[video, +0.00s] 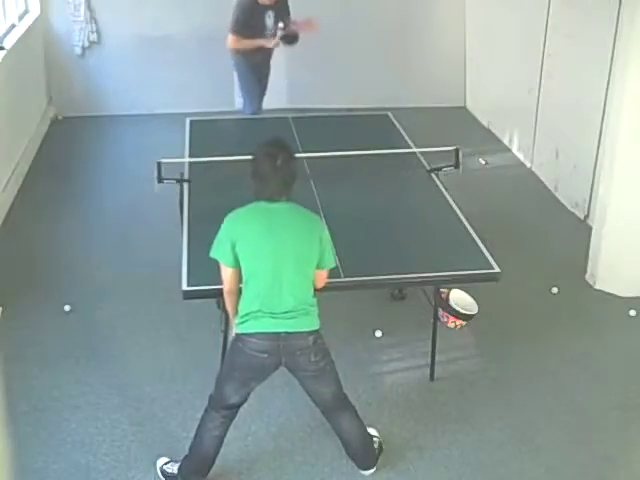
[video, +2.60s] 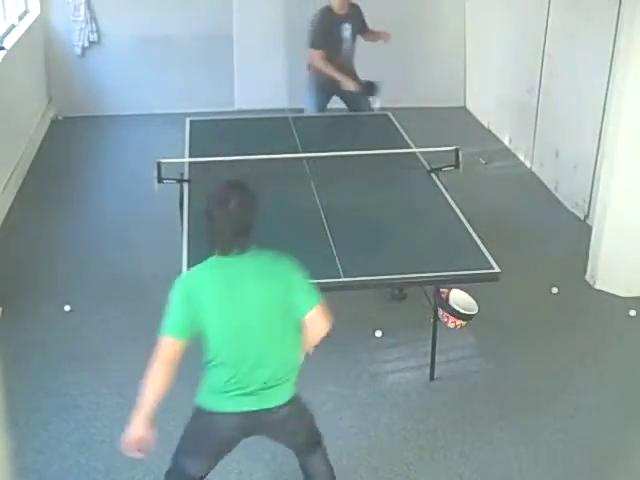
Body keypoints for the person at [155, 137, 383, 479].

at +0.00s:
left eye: (256, 171)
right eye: (285, 171)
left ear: (254, 177)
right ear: (292, 177)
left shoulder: (235, 221)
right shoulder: (313, 222)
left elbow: (230, 285)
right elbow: (320, 280)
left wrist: (236, 322)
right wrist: (290, 277)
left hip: (254, 340)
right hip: (305, 339)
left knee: (221, 409)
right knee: (336, 403)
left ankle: (189, 472)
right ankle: (367, 457)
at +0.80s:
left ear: (238, 197)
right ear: (272, 200)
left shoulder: (220, 234)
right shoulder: (291, 245)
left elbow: (196, 293)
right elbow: (296, 310)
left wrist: (182, 326)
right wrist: (266, 321)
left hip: (236, 364)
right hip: (285, 360)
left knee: (187, 414)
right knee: (317, 406)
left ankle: (183, 476)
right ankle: (364, 459)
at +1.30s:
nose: (223, 189)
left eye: (223, 181)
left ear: (224, 187)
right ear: (260, 184)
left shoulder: (231, 232)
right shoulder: (277, 223)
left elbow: (237, 295)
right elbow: (283, 276)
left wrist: (226, 355)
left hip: (259, 354)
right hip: (299, 343)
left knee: (210, 420)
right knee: (325, 398)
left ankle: (190, 475)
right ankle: (366, 455)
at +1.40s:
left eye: (221, 186)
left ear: (221, 192)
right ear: (258, 188)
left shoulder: (226, 241)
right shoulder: (277, 227)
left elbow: (227, 310)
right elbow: (291, 249)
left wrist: (208, 370)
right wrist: (302, 249)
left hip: (262, 359)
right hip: (304, 345)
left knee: (208, 416)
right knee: (324, 390)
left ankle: (187, 475)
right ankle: (365, 449)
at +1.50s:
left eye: (217, 195)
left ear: (216, 201)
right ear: (251, 198)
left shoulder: (213, 251)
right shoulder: (278, 236)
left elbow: (202, 321)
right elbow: (304, 286)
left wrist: (167, 376)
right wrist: (313, 267)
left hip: (255, 365)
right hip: (300, 353)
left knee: (200, 409)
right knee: (323, 391)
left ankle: (184, 475)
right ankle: (365, 448)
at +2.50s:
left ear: (225, 207)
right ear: (264, 204)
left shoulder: (211, 266)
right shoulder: (295, 245)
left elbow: (202, 345)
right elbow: (340, 293)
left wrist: (184, 412)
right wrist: (310, 323)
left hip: (234, 399)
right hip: (292, 395)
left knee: (196, 461)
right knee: (318, 449)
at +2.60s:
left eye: (216, 216)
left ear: (212, 223)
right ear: (251, 222)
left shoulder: (191, 282)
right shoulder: (284, 267)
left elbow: (167, 356)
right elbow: (320, 322)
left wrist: (141, 421)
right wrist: (293, 351)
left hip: (219, 414)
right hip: (280, 407)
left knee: (183, 473)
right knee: (312, 452)